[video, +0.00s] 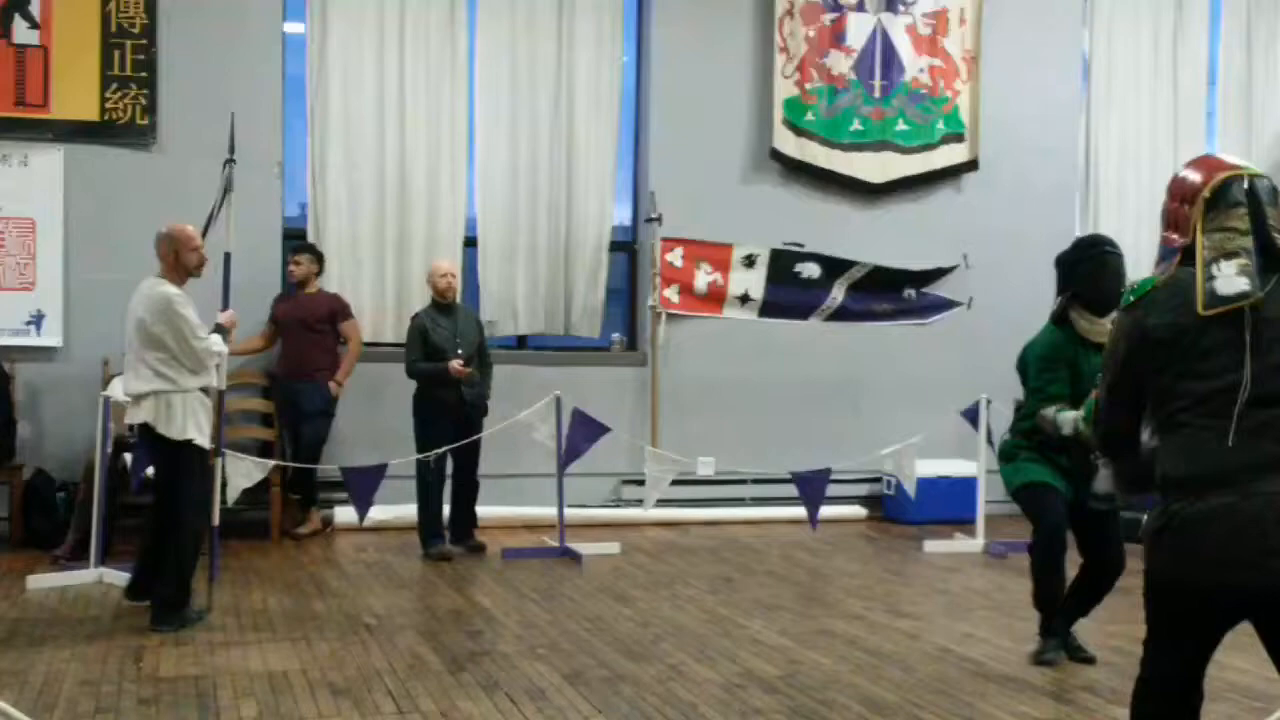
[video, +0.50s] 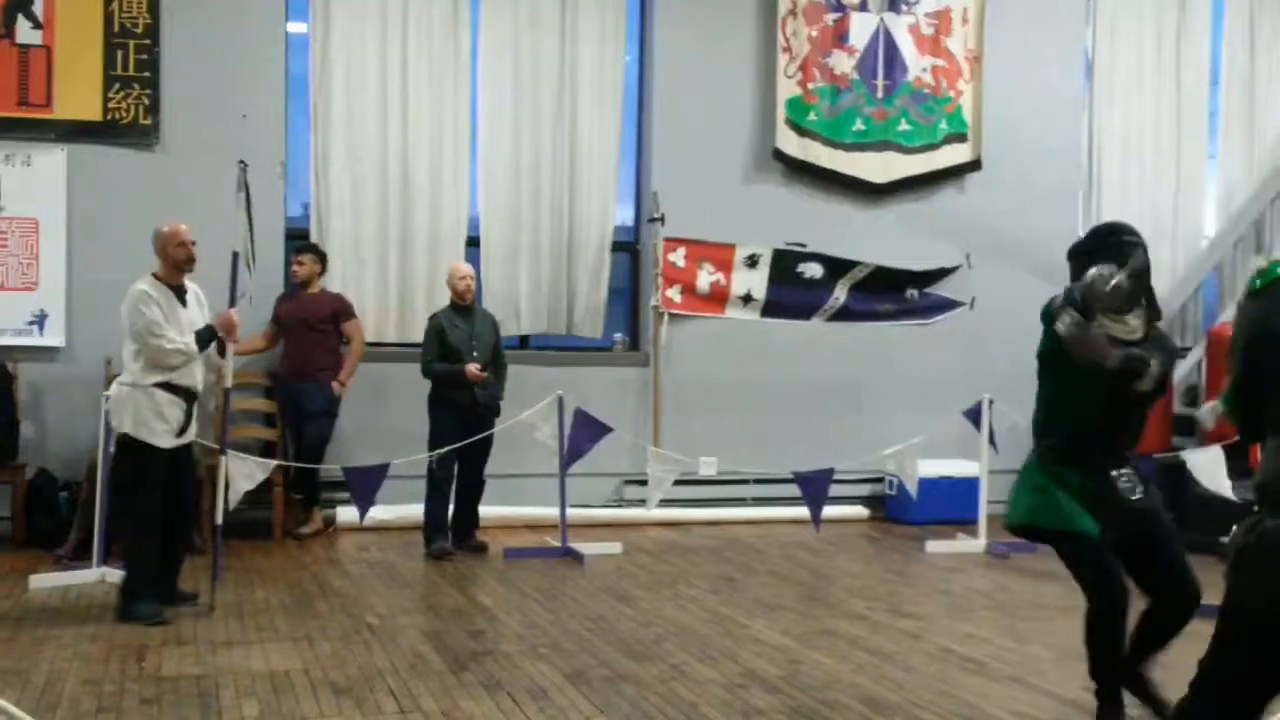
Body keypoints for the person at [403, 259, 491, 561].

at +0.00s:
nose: (449, 281)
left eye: (453, 276)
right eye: (443, 276)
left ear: (458, 281)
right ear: (430, 282)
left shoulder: (471, 318)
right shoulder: (421, 321)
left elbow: (484, 360)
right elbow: (412, 367)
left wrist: (482, 394)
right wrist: (445, 368)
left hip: (468, 405)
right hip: (432, 405)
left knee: (466, 473)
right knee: (432, 472)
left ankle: (463, 533)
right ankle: (433, 540)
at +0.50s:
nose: (467, 283)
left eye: (471, 278)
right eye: (461, 279)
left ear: (476, 283)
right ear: (449, 284)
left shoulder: (487, 320)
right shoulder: (438, 322)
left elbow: (499, 362)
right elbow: (428, 367)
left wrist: (495, 396)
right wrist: (462, 370)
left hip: (481, 406)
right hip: (446, 407)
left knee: (473, 474)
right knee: (441, 472)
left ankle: (464, 534)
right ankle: (436, 538)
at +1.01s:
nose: (469, 284)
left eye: (473, 279)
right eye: (463, 279)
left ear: (478, 284)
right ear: (452, 286)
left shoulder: (490, 320)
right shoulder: (441, 322)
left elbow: (502, 361)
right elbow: (431, 367)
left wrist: (497, 396)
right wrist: (464, 370)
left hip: (483, 407)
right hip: (449, 407)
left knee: (472, 473)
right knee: (442, 470)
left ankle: (461, 534)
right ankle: (432, 537)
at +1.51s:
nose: (465, 281)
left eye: (469, 276)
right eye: (459, 277)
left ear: (475, 282)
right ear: (449, 284)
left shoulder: (488, 319)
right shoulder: (439, 321)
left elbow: (500, 361)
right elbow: (428, 366)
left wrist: (495, 394)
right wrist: (460, 368)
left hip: (482, 405)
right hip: (447, 405)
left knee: (471, 471)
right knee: (441, 468)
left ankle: (459, 532)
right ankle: (429, 538)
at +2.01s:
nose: (438, 277)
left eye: (443, 272)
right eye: (432, 272)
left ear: (449, 277)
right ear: (422, 279)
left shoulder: (464, 315)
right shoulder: (413, 317)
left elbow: (476, 357)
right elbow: (402, 363)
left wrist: (472, 391)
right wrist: (434, 365)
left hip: (457, 401)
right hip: (422, 401)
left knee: (451, 469)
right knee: (418, 468)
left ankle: (444, 530)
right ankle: (415, 535)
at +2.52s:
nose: (422, 276)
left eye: (428, 271)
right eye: (416, 271)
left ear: (435, 277)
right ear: (407, 278)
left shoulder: (450, 313)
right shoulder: (397, 317)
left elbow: (462, 355)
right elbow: (388, 363)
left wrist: (458, 385)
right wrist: (422, 366)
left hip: (445, 399)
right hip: (408, 400)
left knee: (449, 469)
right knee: (410, 469)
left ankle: (452, 531)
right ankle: (413, 536)